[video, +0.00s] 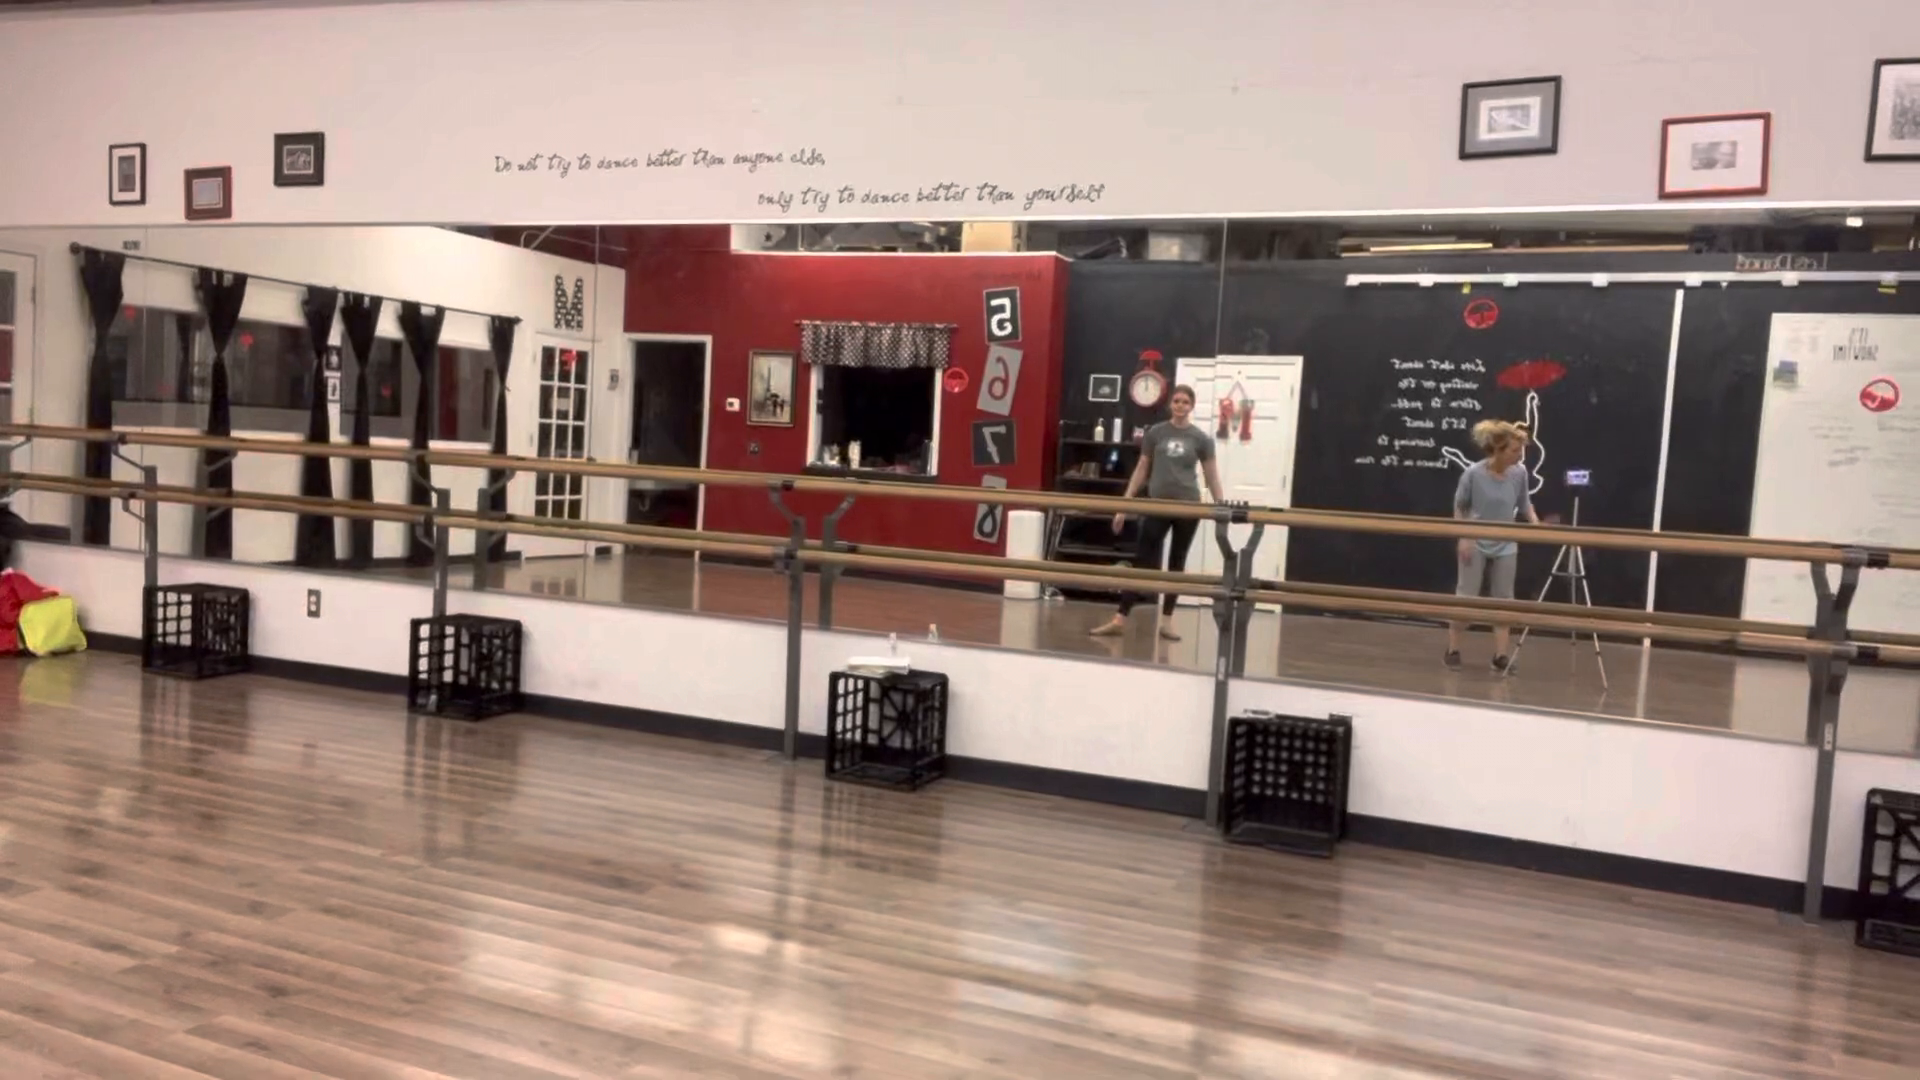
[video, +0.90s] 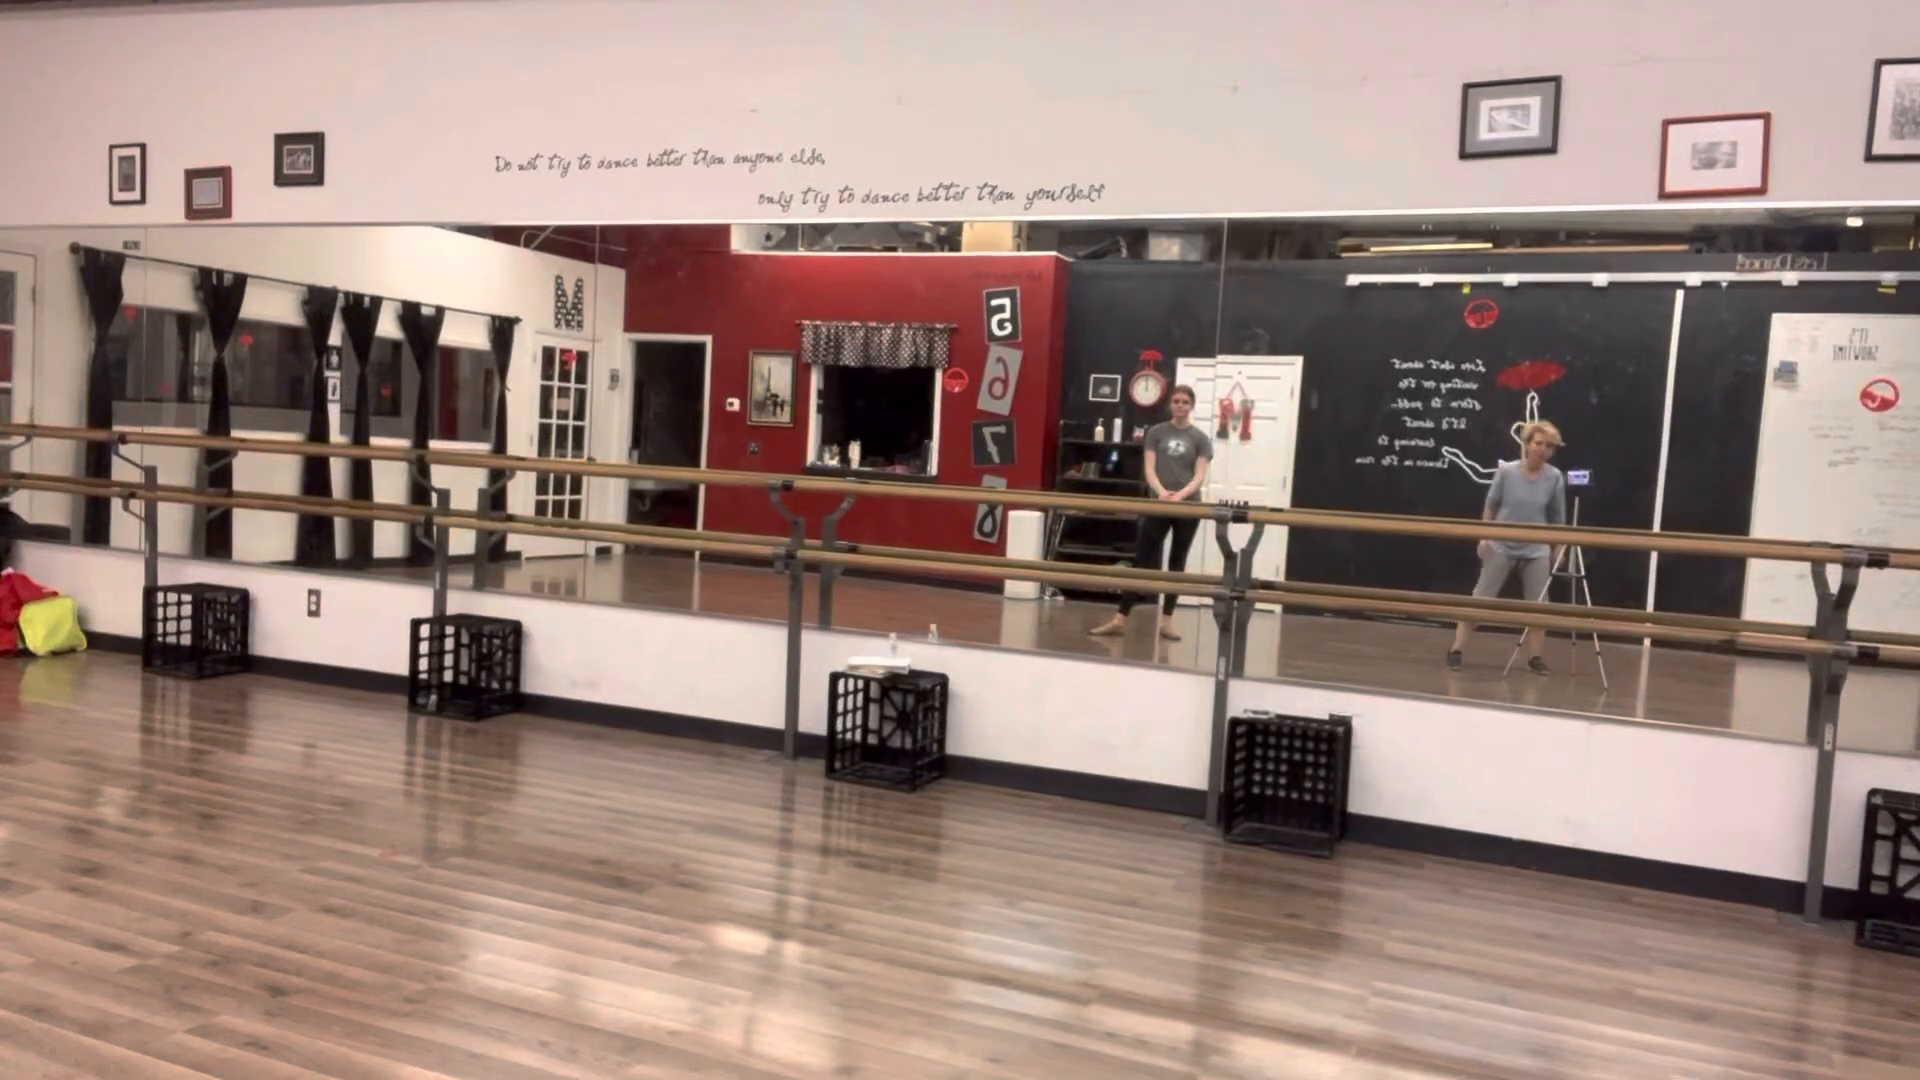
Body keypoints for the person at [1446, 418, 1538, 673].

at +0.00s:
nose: (1520, 454)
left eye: (1521, 449)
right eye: (1515, 449)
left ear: (1519, 450)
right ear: (1498, 449)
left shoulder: (1519, 473)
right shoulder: (1473, 473)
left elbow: (1525, 502)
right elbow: (1459, 507)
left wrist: (1535, 522)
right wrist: (1463, 537)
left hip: (1506, 543)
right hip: (1475, 542)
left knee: (1504, 599)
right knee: (1466, 596)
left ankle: (1501, 654)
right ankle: (1453, 648)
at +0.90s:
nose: (1542, 449)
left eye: (1548, 446)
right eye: (1538, 443)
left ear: (1553, 451)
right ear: (1527, 444)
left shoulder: (1554, 477)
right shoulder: (1506, 471)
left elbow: (1558, 515)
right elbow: (1490, 505)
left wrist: (1559, 546)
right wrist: (1485, 535)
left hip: (1537, 547)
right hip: (1502, 544)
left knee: (1538, 604)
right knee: (1481, 597)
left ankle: (1535, 655)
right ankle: (1457, 648)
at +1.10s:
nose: (1559, 449)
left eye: (1566, 446)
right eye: (1556, 442)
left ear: (1572, 452)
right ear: (1547, 442)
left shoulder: (1573, 478)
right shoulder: (1523, 468)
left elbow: (1579, 516)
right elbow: (1510, 503)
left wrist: (1580, 547)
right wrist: (1503, 532)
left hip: (1552, 548)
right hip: (1517, 542)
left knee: (1544, 604)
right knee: (1499, 596)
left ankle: (1535, 655)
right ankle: (1480, 648)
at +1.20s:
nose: (1564, 446)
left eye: (1571, 443)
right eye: (1561, 439)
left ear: (1578, 450)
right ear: (1552, 441)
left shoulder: (1579, 477)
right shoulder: (1528, 466)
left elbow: (1585, 517)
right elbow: (1514, 500)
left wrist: (1585, 547)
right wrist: (1506, 530)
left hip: (1557, 549)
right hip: (1522, 543)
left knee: (1546, 603)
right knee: (1508, 597)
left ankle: (1536, 654)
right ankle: (1504, 646)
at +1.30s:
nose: (1563, 442)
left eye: (1570, 439)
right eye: (1561, 436)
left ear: (1579, 448)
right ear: (1554, 439)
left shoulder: (1581, 476)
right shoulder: (1534, 465)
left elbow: (1588, 516)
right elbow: (1519, 502)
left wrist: (1588, 548)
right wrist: (1509, 533)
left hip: (1560, 547)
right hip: (1526, 542)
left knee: (1547, 602)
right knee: (1518, 597)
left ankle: (1537, 653)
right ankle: (1527, 639)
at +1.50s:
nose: (1561, 440)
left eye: (1569, 437)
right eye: (1560, 435)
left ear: (1580, 445)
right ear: (1555, 439)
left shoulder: (1586, 475)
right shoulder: (1541, 469)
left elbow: (1595, 514)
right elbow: (1530, 504)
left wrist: (1595, 547)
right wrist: (1522, 531)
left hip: (1567, 549)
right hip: (1538, 546)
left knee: (1548, 602)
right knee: (1541, 603)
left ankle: (1535, 654)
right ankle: (1568, 642)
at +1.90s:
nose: (1564, 448)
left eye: (1570, 443)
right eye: (1562, 443)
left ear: (1585, 446)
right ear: (1559, 447)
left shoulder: (1600, 474)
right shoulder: (1562, 477)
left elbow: (1623, 506)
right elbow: (1560, 517)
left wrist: (1636, 539)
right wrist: (1554, 548)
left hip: (1593, 547)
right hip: (1569, 545)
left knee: (1559, 594)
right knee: (1574, 600)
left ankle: (1542, 649)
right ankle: (1583, 653)